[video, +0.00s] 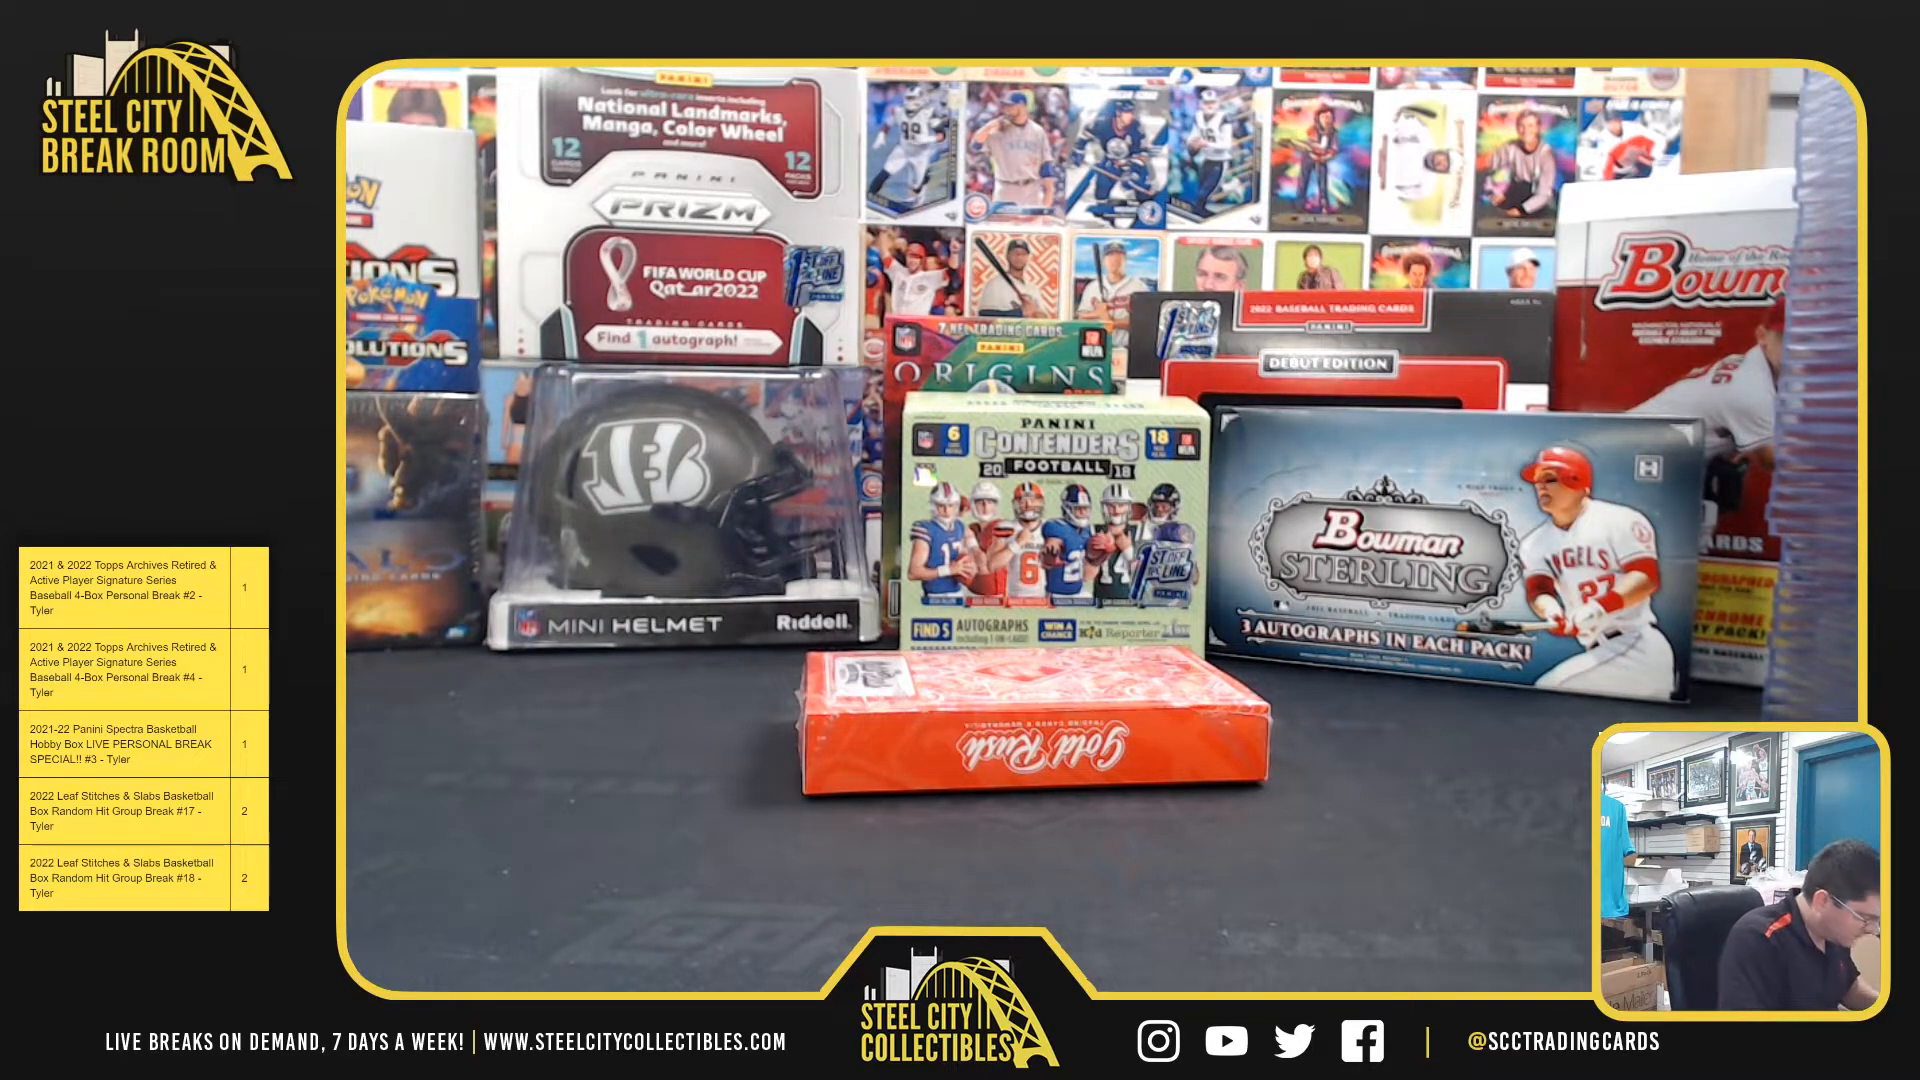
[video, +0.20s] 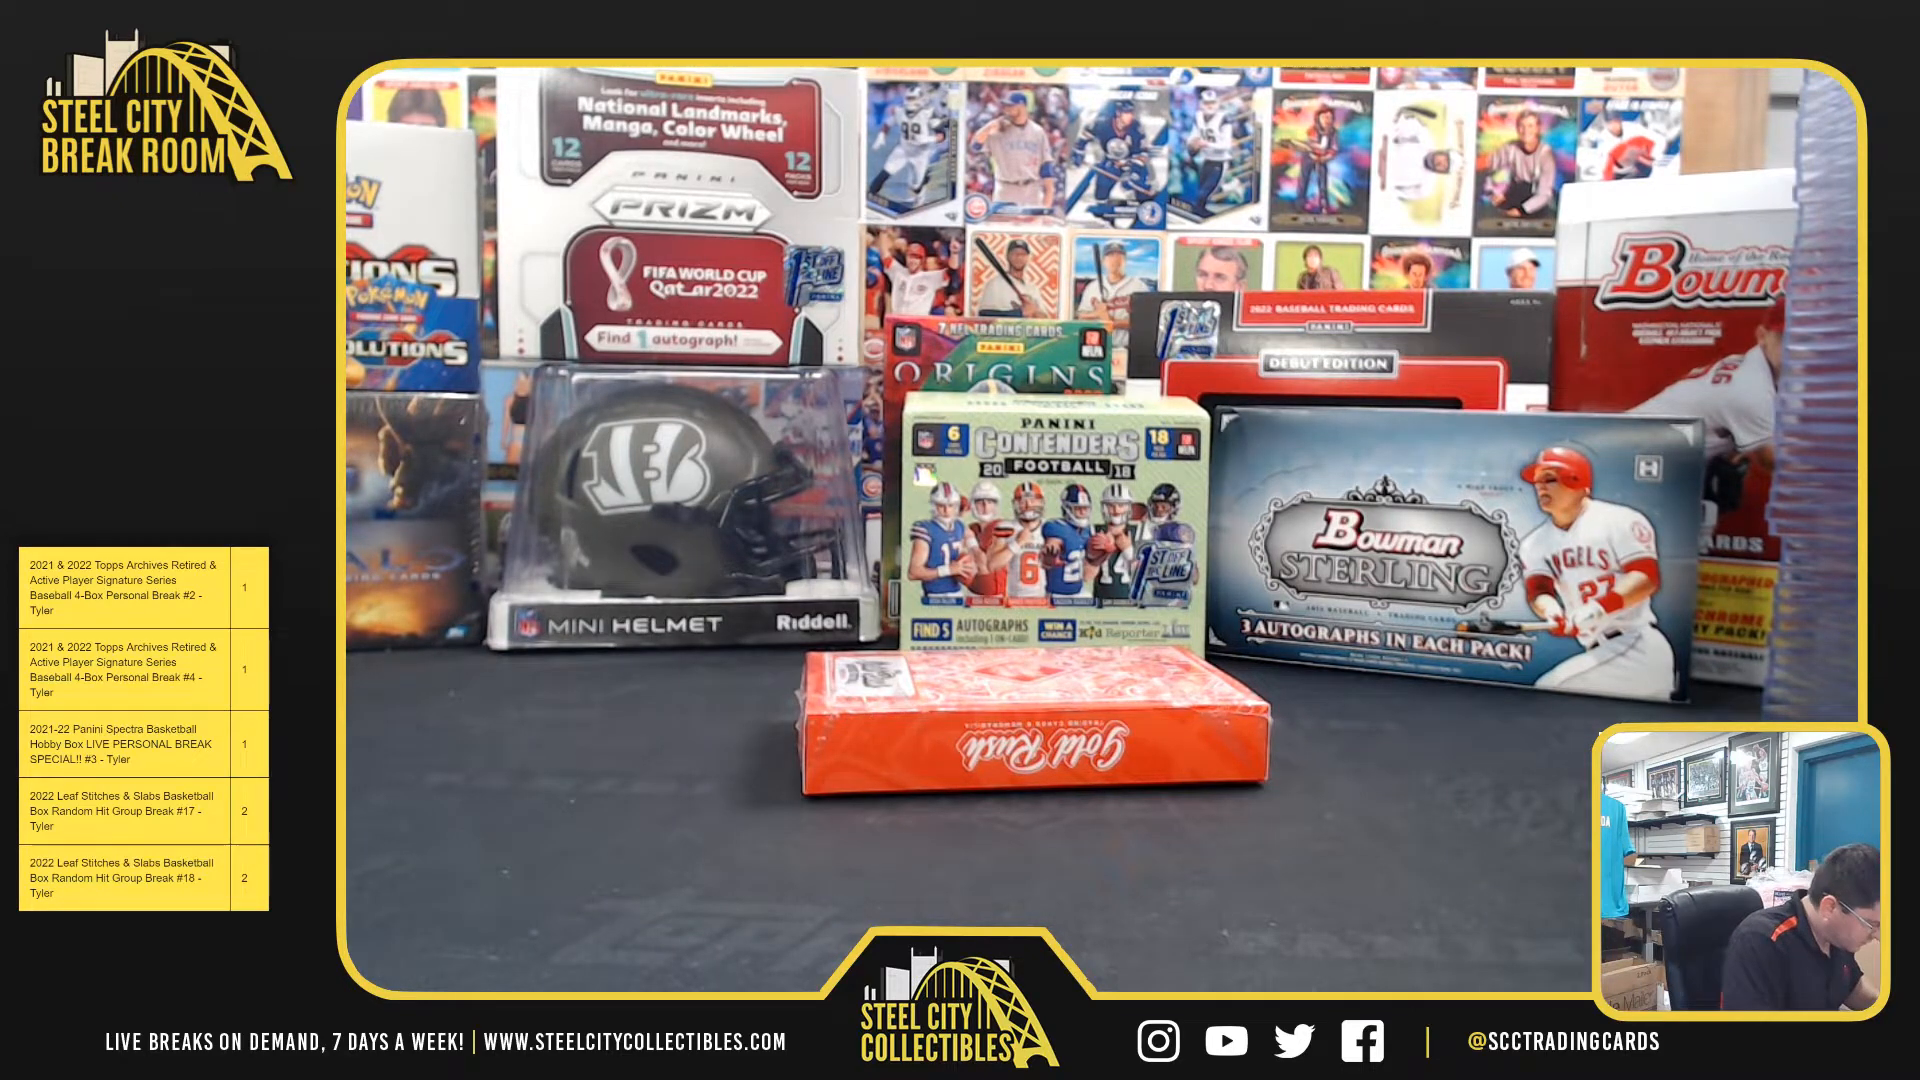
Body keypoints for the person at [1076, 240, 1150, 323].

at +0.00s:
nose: (1115, 259)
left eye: (1119, 255)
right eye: (1110, 255)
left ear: (1124, 259)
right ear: (1104, 260)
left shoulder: (1138, 286)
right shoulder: (1092, 287)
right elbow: (1081, 315)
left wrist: (1113, 322)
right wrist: (1099, 313)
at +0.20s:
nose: (1115, 260)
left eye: (1119, 255)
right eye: (1111, 255)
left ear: (1124, 260)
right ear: (1104, 260)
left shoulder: (1138, 286)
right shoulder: (1093, 287)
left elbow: (1144, 319)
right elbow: (1081, 315)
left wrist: (1113, 322)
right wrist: (1099, 314)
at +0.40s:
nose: (1115, 260)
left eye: (1119, 255)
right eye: (1111, 255)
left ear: (1124, 260)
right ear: (1104, 260)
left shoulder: (1137, 286)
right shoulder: (1093, 287)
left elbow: (1144, 318)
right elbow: (1081, 315)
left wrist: (1114, 323)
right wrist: (1099, 314)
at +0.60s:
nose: (1115, 260)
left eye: (1119, 255)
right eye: (1111, 255)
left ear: (1124, 260)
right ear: (1104, 260)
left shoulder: (1137, 286)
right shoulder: (1093, 287)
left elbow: (1144, 318)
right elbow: (1081, 315)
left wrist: (1114, 323)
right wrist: (1099, 314)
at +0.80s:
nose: (1115, 260)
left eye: (1119, 255)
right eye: (1111, 255)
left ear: (1124, 260)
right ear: (1104, 260)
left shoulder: (1137, 286)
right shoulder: (1093, 287)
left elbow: (1144, 318)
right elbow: (1081, 315)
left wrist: (1114, 323)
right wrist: (1099, 314)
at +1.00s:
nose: (1115, 260)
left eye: (1119, 255)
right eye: (1111, 255)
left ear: (1124, 260)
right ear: (1104, 260)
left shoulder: (1137, 286)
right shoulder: (1093, 287)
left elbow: (1144, 318)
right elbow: (1081, 315)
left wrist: (1114, 323)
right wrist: (1099, 314)